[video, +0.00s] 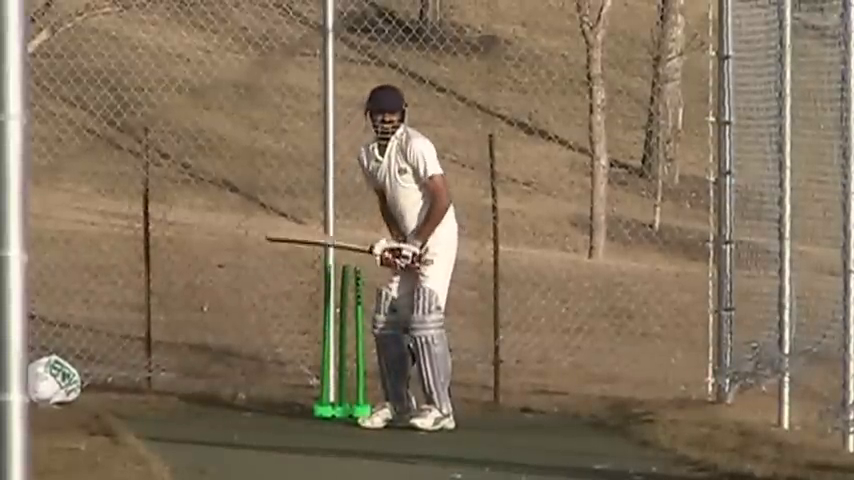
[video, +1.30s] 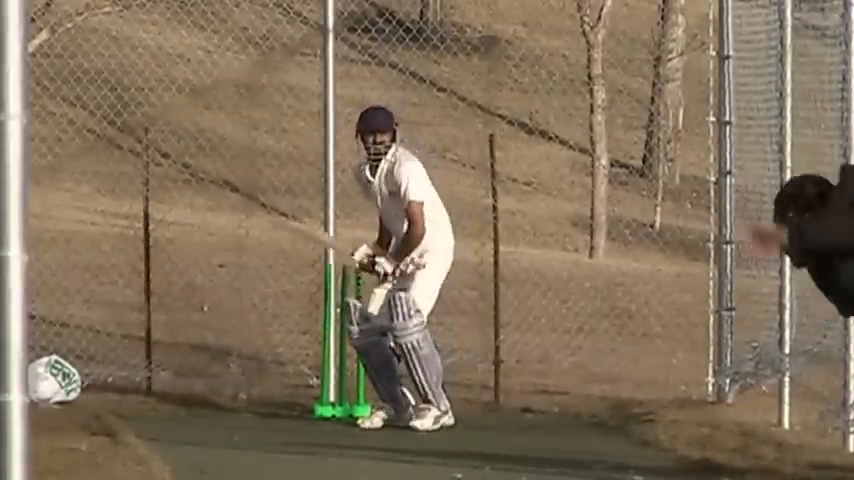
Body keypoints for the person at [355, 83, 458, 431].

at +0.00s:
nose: (385, 121)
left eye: (392, 115)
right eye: (379, 115)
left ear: (403, 116)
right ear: (369, 117)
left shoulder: (415, 146)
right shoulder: (367, 155)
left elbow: (442, 198)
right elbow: (384, 203)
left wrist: (417, 242)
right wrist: (397, 243)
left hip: (435, 241)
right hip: (405, 243)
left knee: (424, 321)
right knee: (386, 321)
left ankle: (439, 408)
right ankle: (398, 404)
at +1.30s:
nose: (375, 142)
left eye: (382, 136)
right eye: (368, 136)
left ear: (394, 136)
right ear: (360, 138)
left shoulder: (406, 168)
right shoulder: (364, 172)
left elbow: (417, 228)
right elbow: (387, 215)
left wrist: (394, 260)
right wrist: (379, 251)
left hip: (430, 254)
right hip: (399, 255)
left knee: (406, 322)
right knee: (366, 328)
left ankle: (437, 406)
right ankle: (398, 405)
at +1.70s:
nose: (410, 149)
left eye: (416, 142)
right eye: (402, 144)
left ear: (425, 142)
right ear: (392, 146)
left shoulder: (443, 168)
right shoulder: (384, 182)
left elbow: (434, 221)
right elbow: (390, 237)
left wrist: (391, 254)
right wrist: (372, 258)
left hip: (439, 271)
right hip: (397, 271)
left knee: (449, 324)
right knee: (360, 331)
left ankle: (445, 407)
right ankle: (381, 394)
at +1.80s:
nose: (416, 148)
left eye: (422, 141)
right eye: (408, 142)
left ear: (431, 138)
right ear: (396, 142)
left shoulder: (441, 147)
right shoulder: (402, 178)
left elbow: (463, 176)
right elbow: (431, 225)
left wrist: (480, 218)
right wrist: (467, 241)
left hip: (448, 256)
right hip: (409, 259)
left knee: (461, 322)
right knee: (390, 329)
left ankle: (450, 401)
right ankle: (362, 394)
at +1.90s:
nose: (428, 150)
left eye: (434, 142)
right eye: (420, 144)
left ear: (439, 139)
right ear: (404, 143)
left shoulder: (442, 147)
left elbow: (483, 180)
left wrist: (526, 205)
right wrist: (533, 199)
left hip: (444, 252)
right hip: (413, 258)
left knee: (462, 324)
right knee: (404, 345)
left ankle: (450, 406)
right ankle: (365, 392)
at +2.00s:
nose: (456, 139)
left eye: (456, 133)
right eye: (451, 134)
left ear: (435, 133)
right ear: (434, 135)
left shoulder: (435, 152)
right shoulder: (429, 165)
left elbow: (478, 153)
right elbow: (485, 166)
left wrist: (521, 140)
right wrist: (524, 139)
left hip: (450, 251)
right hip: (423, 255)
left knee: (470, 326)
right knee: (412, 339)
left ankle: (451, 406)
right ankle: (368, 386)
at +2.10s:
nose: (482, 122)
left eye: (481, 115)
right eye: (478, 115)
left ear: (447, 116)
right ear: (465, 117)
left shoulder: (428, 140)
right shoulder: (463, 151)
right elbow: (499, 146)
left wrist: (498, 109)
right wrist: (502, 112)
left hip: (450, 246)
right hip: (431, 247)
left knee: (473, 326)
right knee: (422, 339)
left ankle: (448, 404)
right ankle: (365, 380)